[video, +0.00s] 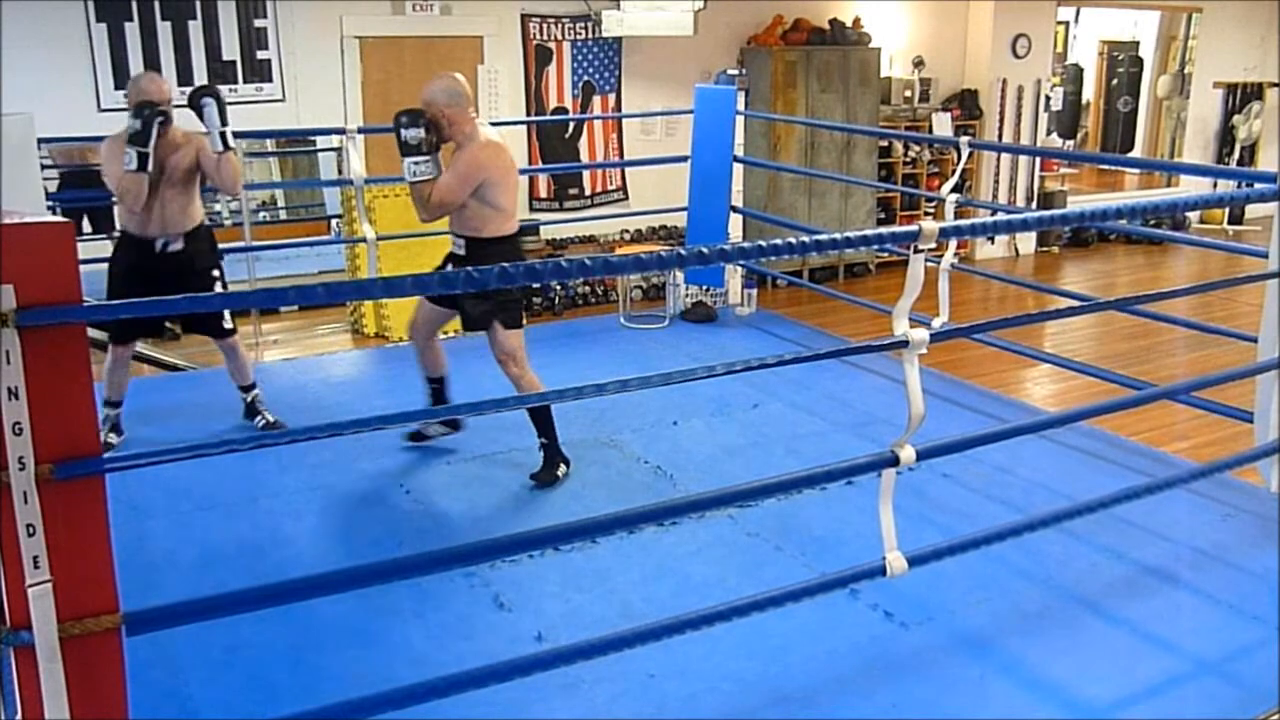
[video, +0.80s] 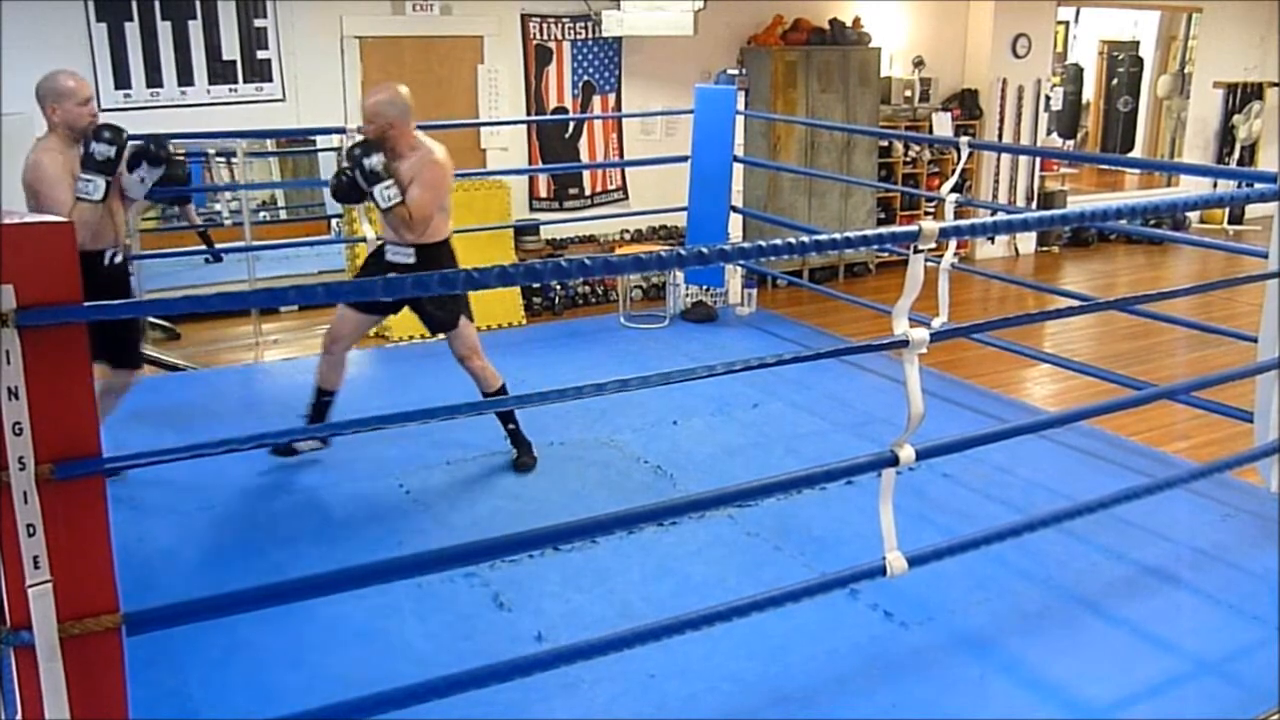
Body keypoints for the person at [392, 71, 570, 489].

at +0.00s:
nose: (426, 121)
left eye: (431, 113)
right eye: (425, 113)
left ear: (454, 113)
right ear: (458, 113)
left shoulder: (480, 154)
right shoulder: (464, 147)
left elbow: (428, 209)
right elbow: (432, 200)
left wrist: (418, 159)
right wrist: (422, 157)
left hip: (496, 262)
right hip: (465, 258)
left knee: (513, 363)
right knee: (421, 332)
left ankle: (554, 454)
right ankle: (443, 414)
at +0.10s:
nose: (410, 128)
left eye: (415, 120)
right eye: (409, 121)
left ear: (440, 118)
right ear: (443, 118)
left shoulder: (464, 157)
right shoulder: (447, 150)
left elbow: (417, 218)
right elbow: (423, 212)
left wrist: (401, 168)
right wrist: (412, 165)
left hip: (485, 265)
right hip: (449, 261)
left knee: (505, 362)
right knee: (402, 331)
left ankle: (552, 454)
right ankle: (393, 419)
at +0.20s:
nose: (388, 137)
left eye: (393, 129)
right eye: (387, 129)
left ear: (418, 127)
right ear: (413, 128)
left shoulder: (441, 162)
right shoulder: (419, 152)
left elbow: (407, 231)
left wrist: (383, 185)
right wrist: (381, 167)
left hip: (466, 265)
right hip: (428, 262)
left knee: (498, 366)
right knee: (387, 347)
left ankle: (552, 456)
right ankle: (364, 431)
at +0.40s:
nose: (358, 143)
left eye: (362, 137)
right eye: (357, 137)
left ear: (387, 139)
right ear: (391, 137)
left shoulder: (437, 168)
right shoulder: (383, 157)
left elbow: (433, 241)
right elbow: (328, 162)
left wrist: (392, 204)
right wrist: (276, 160)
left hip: (457, 257)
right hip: (415, 259)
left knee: (485, 356)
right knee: (380, 349)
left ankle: (527, 443)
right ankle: (367, 435)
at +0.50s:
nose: (369, 138)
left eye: (374, 131)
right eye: (368, 131)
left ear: (400, 131)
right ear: (398, 131)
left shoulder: (444, 163)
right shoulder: (387, 157)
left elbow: (434, 234)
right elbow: (370, 185)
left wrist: (394, 199)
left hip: (457, 258)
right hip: (411, 257)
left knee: (482, 359)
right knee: (381, 350)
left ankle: (517, 437)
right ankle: (367, 433)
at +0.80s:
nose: (365, 131)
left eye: (371, 124)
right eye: (365, 123)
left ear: (395, 125)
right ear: (386, 123)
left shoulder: (434, 162)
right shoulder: (380, 154)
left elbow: (413, 228)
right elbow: (348, 193)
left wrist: (379, 181)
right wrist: (348, 185)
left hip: (432, 264)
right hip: (386, 259)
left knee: (471, 359)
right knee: (334, 342)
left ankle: (519, 440)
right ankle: (315, 429)